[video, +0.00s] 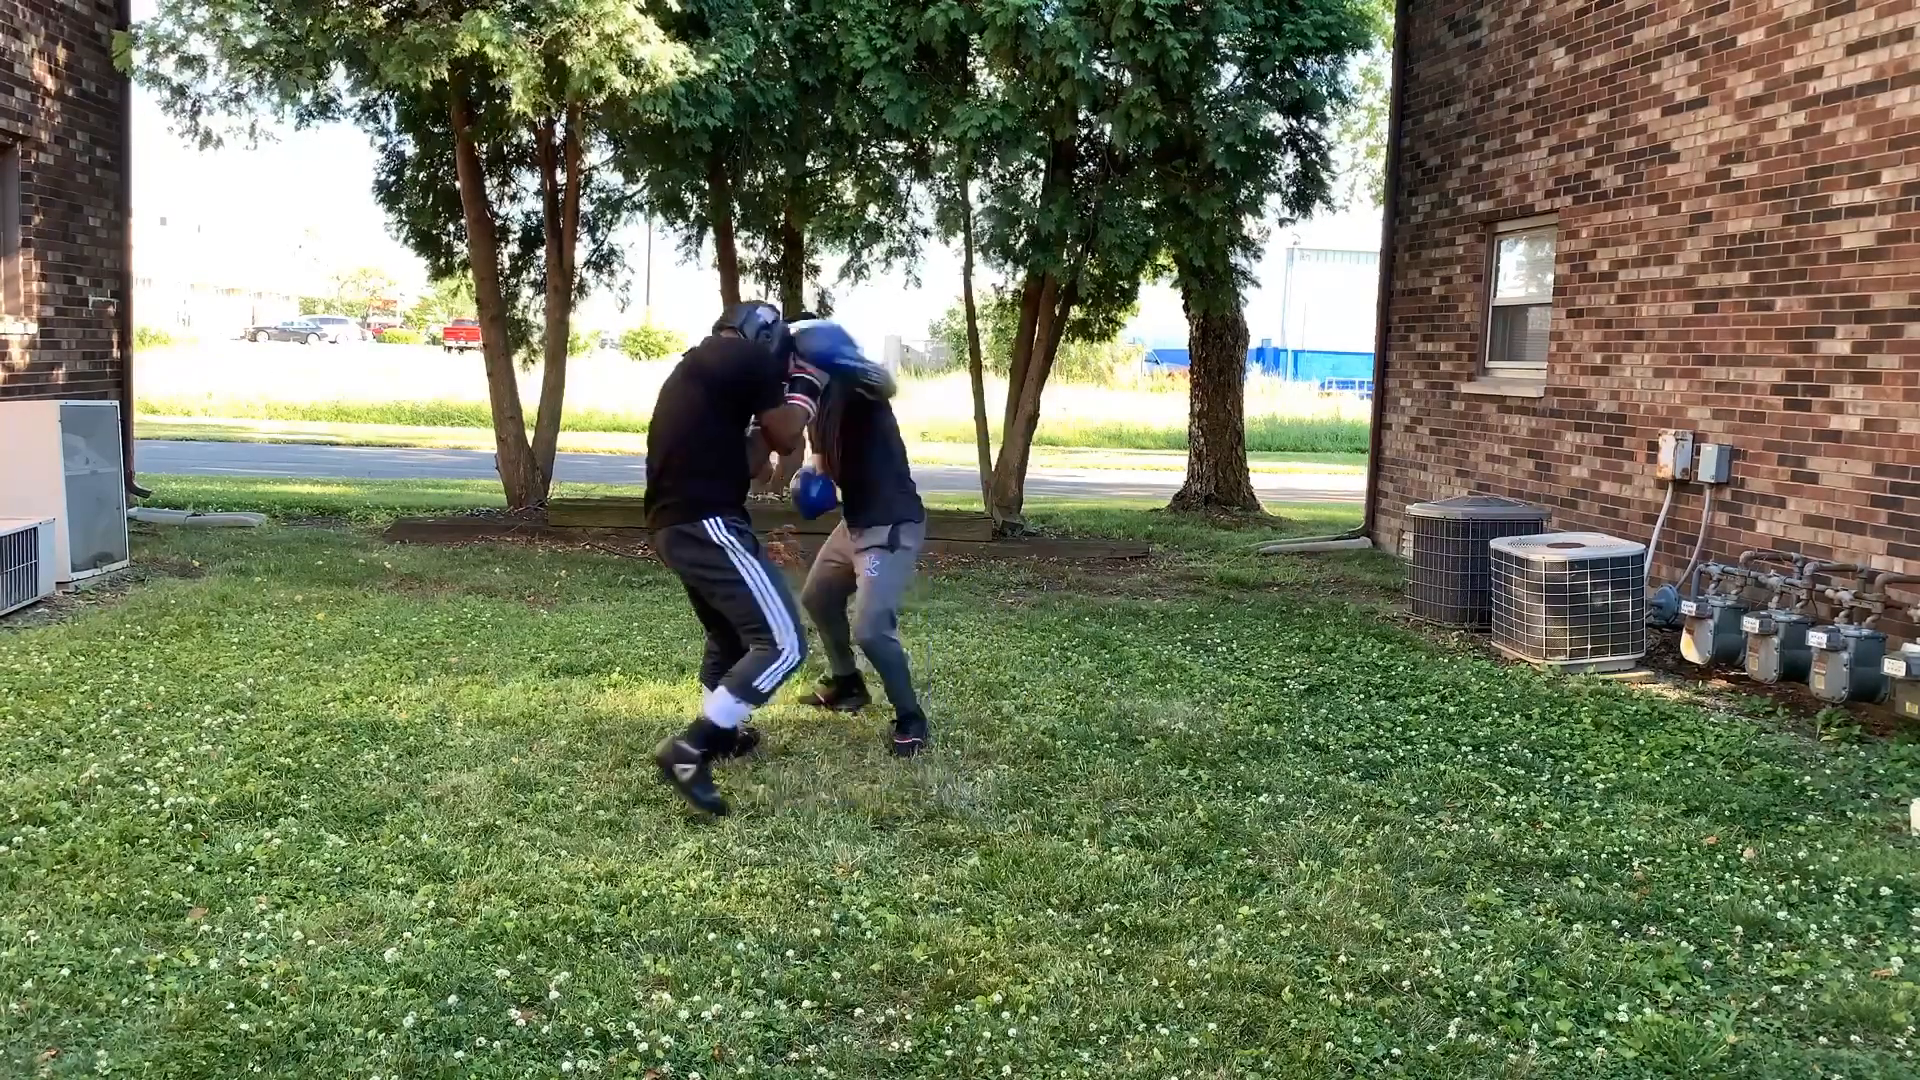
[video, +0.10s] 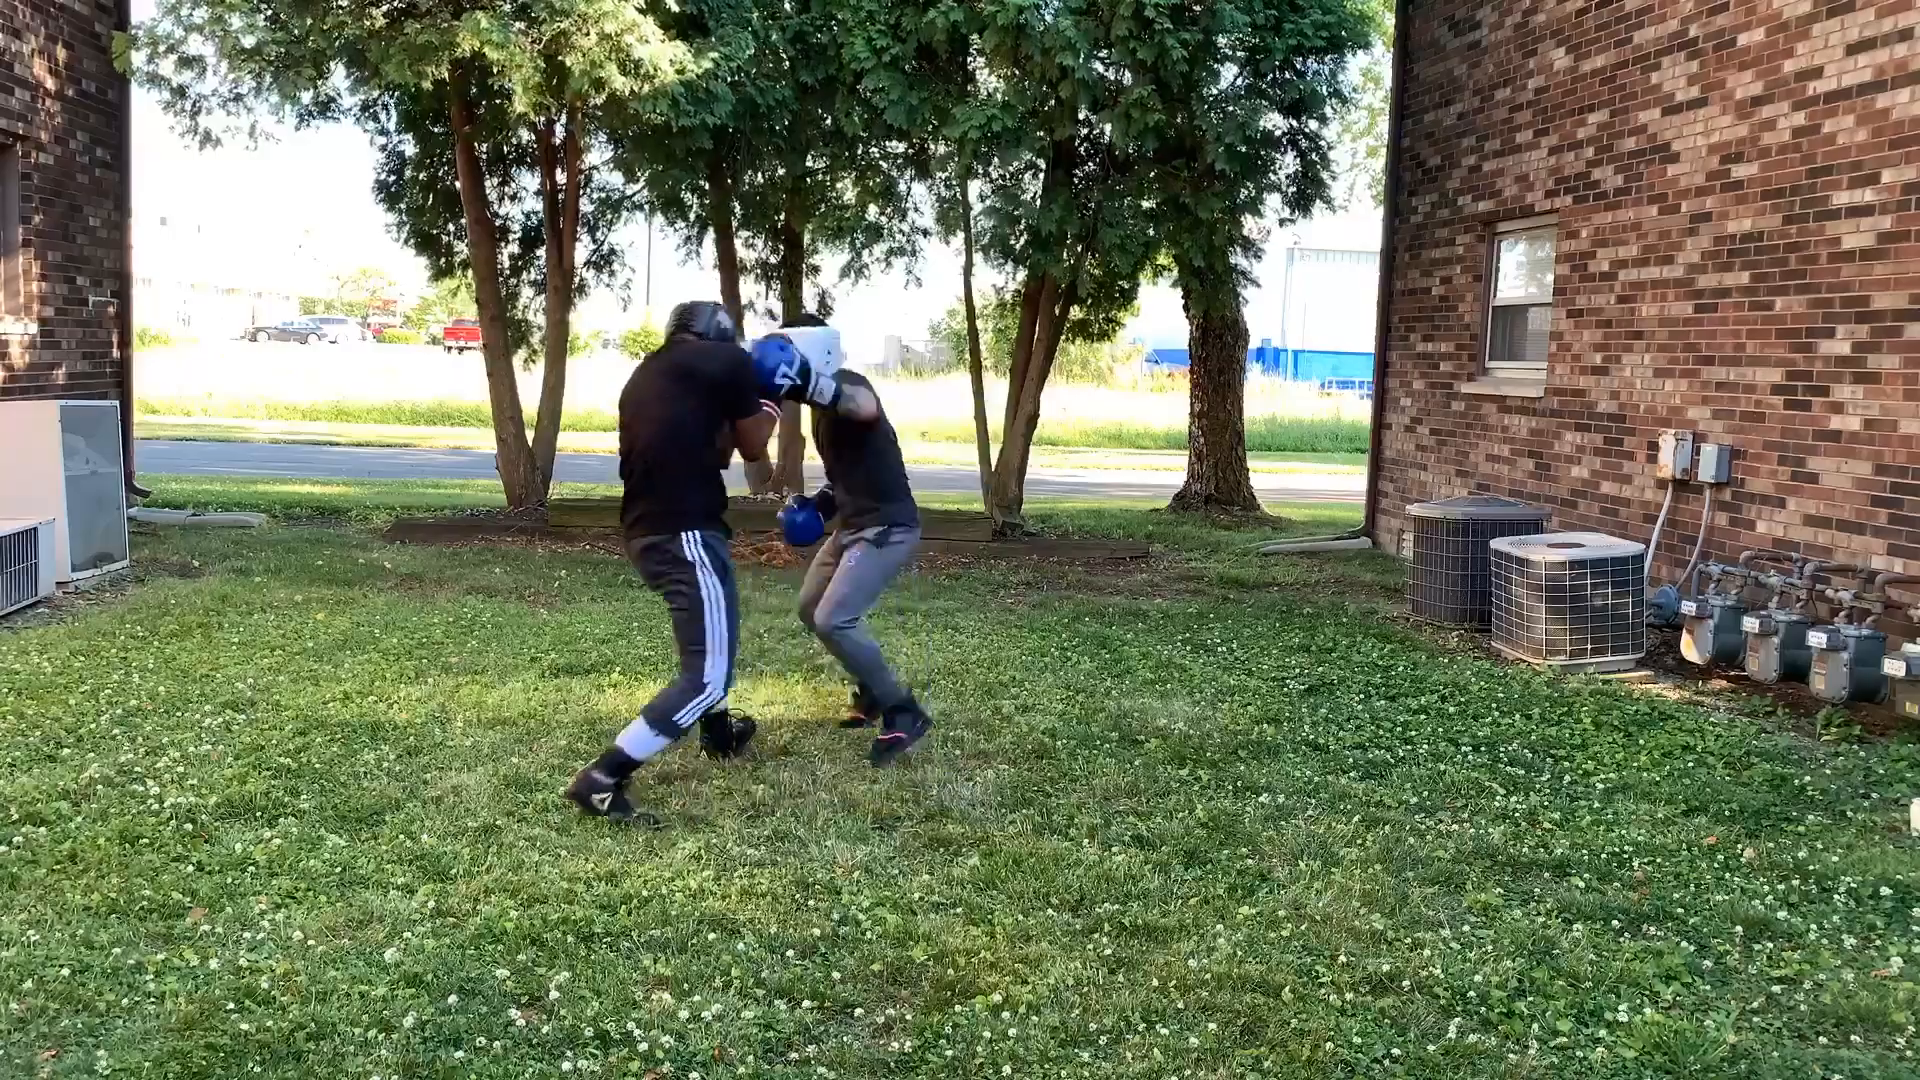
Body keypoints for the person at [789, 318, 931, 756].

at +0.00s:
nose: (797, 371)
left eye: (802, 361)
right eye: (797, 363)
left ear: (819, 355)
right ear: (807, 360)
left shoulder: (857, 387)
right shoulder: (817, 407)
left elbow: (884, 383)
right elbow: (820, 465)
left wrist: (842, 359)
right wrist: (811, 490)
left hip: (894, 524)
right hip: (854, 522)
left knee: (871, 630)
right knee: (818, 598)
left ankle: (910, 720)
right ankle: (848, 685)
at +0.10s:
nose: (785, 372)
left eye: (789, 363)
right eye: (784, 365)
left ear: (811, 361)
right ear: (813, 361)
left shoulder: (849, 385)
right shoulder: (823, 407)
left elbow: (866, 409)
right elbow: (847, 477)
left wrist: (811, 384)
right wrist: (818, 507)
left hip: (887, 527)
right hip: (849, 525)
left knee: (833, 620)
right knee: (811, 611)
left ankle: (904, 712)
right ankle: (873, 691)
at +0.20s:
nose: (783, 373)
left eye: (793, 365)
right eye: (780, 363)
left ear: (823, 366)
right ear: (777, 361)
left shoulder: (852, 406)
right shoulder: (803, 413)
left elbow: (889, 473)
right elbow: (790, 475)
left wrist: (843, 450)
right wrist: (772, 466)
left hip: (870, 543)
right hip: (844, 540)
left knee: (819, 642)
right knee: (829, 628)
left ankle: (842, 761)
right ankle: (887, 703)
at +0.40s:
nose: (788, 382)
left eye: (799, 375)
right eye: (787, 373)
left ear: (835, 379)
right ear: (784, 370)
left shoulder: (873, 425)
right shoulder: (787, 397)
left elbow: (880, 509)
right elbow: (709, 395)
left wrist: (822, 471)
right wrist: (655, 363)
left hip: (871, 540)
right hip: (827, 536)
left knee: (835, 642)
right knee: (841, 626)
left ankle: (840, 765)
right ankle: (884, 701)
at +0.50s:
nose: (778, 375)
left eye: (787, 368)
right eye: (778, 366)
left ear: (822, 373)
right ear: (816, 369)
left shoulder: (865, 419)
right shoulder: (797, 389)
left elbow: (870, 505)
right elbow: (722, 366)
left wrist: (805, 462)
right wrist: (676, 341)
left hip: (882, 539)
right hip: (847, 535)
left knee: (847, 640)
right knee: (865, 621)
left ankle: (842, 766)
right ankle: (895, 701)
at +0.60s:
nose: (776, 358)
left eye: (786, 350)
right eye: (778, 349)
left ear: (821, 355)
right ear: (809, 355)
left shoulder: (862, 405)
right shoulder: (803, 384)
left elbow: (866, 492)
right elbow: (756, 370)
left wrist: (803, 454)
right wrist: (726, 375)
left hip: (885, 534)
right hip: (852, 531)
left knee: (851, 642)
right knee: (868, 626)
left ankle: (842, 768)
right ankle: (926, 706)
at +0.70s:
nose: (780, 338)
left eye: (789, 330)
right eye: (781, 328)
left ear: (822, 334)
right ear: (810, 334)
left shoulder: (858, 390)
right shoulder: (805, 374)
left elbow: (871, 477)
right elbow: (767, 395)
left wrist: (806, 460)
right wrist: (753, 421)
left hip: (887, 523)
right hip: (857, 524)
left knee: (850, 639)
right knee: (875, 630)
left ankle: (843, 768)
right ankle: (944, 716)